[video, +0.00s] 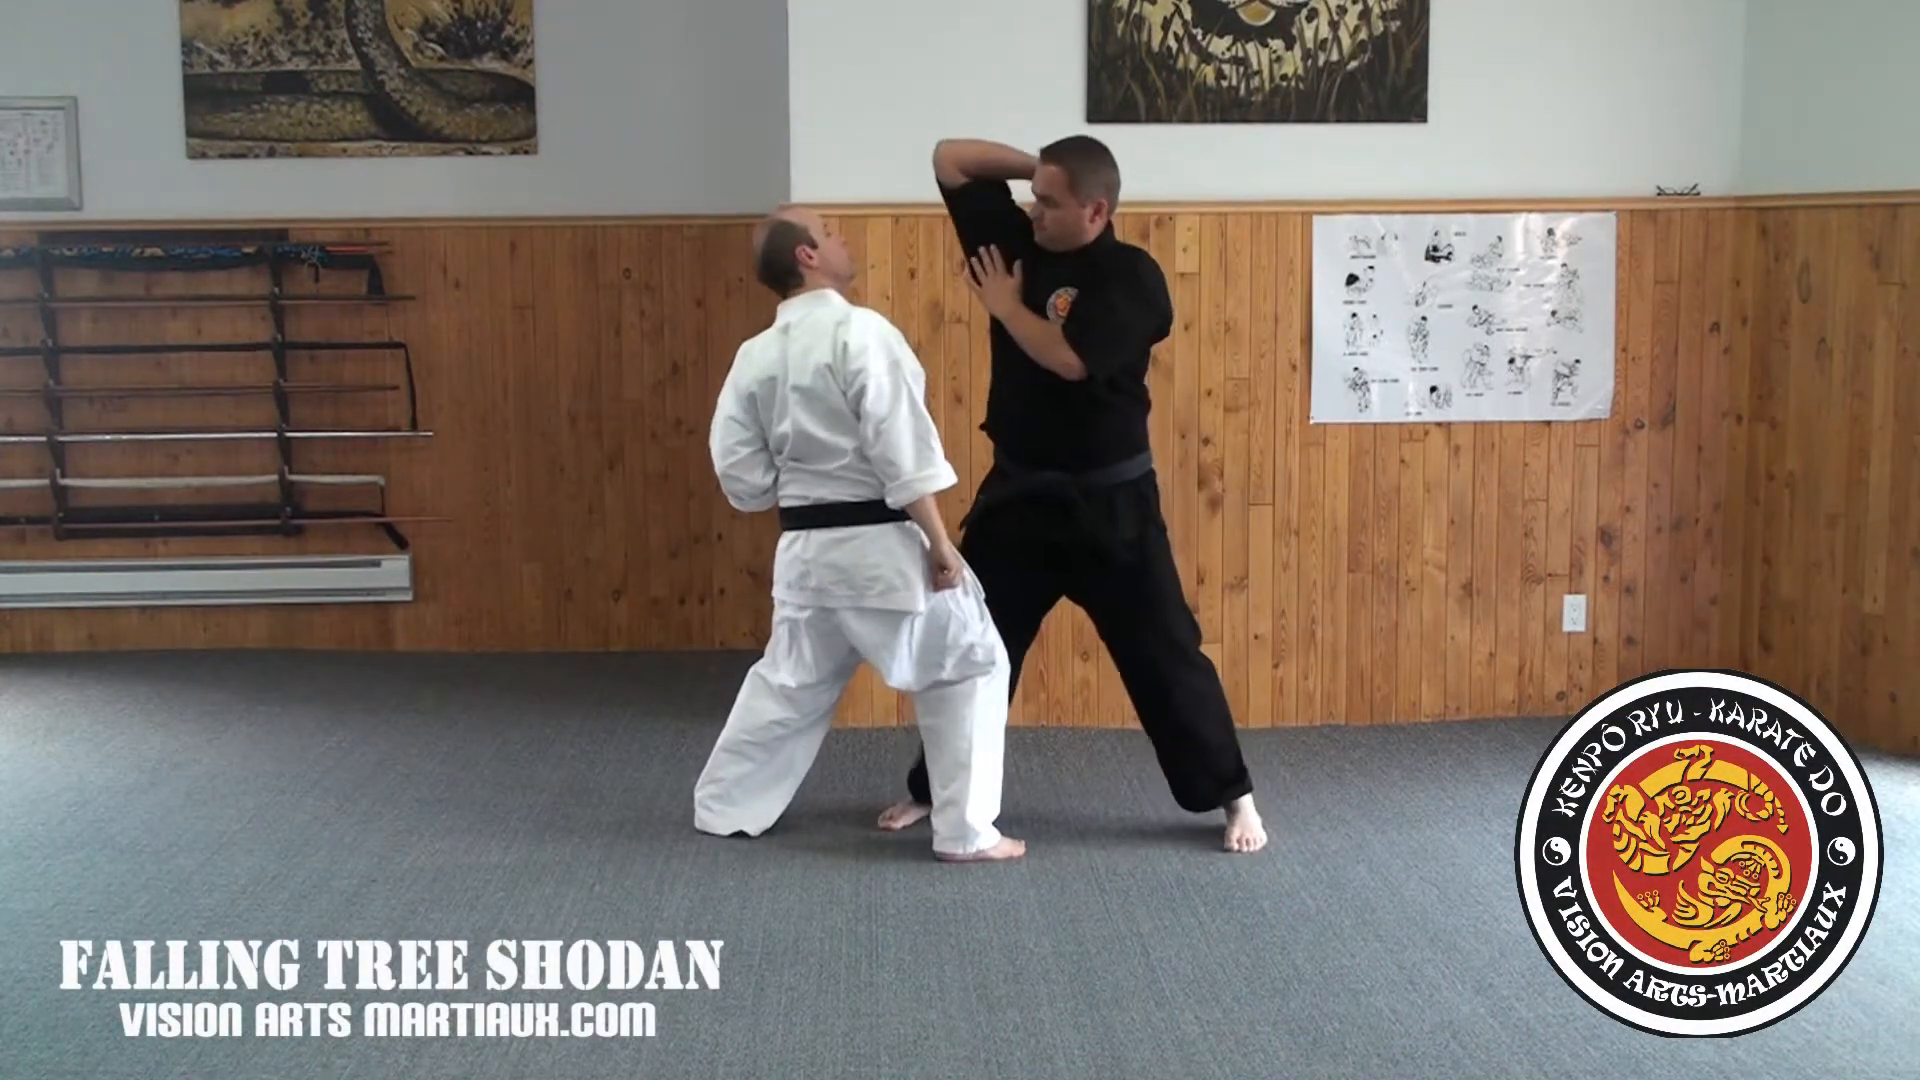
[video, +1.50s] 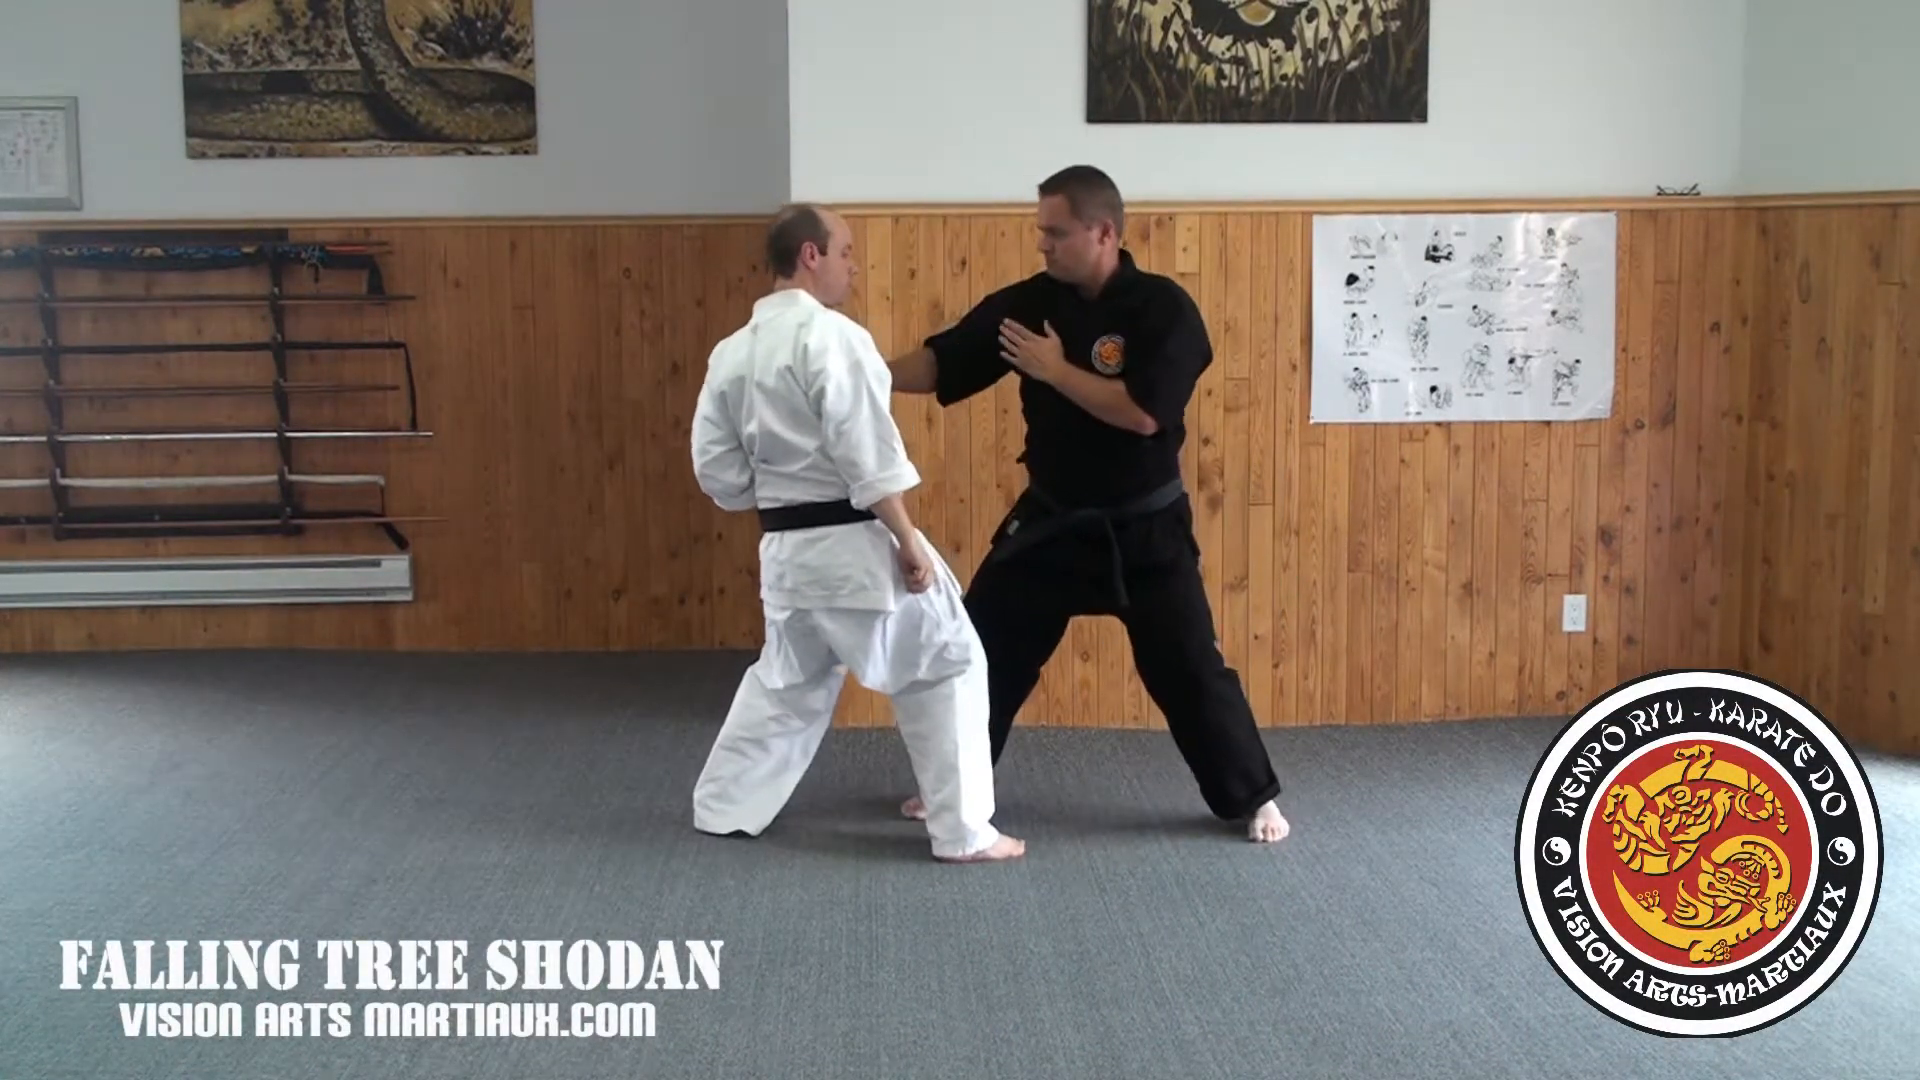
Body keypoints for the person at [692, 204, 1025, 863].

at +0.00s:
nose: (843, 240)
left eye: (835, 231)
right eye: (831, 234)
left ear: (788, 268)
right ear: (808, 257)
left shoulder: (756, 354)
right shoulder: (865, 334)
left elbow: (738, 471)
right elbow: (901, 453)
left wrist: (802, 492)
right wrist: (939, 542)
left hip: (803, 550)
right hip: (883, 545)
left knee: (788, 680)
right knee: (970, 665)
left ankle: (723, 807)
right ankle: (966, 830)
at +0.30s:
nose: (842, 244)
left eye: (833, 234)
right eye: (830, 237)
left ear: (785, 268)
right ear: (807, 257)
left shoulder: (752, 353)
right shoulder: (860, 331)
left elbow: (734, 472)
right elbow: (896, 450)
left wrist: (799, 488)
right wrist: (935, 538)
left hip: (800, 550)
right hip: (880, 545)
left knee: (787, 679)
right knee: (968, 666)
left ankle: (722, 807)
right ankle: (965, 830)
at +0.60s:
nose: (835, 250)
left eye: (827, 240)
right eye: (823, 241)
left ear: (778, 267)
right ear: (798, 258)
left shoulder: (744, 356)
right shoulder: (853, 329)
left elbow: (735, 477)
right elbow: (895, 445)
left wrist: (799, 491)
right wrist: (937, 535)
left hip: (802, 547)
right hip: (881, 540)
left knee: (787, 680)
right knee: (963, 667)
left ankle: (721, 807)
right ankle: (965, 830)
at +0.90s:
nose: (839, 260)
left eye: (834, 248)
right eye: (831, 249)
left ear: (777, 267)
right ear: (804, 258)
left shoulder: (739, 358)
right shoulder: (844, 335)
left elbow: (730, 484)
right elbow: (885, 451)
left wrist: (796, 494)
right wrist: (929, 536)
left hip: (797, 552)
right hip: (875, 545)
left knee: (788, 680)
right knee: (961, 666)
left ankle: (722, 807)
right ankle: (965, 829)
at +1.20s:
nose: (854, 264)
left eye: (851, 251)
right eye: (845, 251)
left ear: (786, 261)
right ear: (811, 256)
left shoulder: (737, 352)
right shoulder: (840, 336)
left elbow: (724, 470)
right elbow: (873, 448)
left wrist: (789, 499)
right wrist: (916, 535)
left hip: (790, 551)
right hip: (864, 547)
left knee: (786, 677)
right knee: (954, 663)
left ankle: (721, 806)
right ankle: (964, 830)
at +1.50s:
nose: (852, 270)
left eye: (851, 256)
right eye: (845, 256)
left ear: (786, 262)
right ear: (810, 258)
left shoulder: (730, 353)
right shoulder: (833, 337)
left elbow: (720, 474)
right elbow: (865, 448)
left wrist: (786, 501)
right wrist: (907, 536)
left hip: (784, 553)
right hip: (859, 548)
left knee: (787, 678)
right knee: (949, 664)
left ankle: (721, 807)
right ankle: (964, 830)